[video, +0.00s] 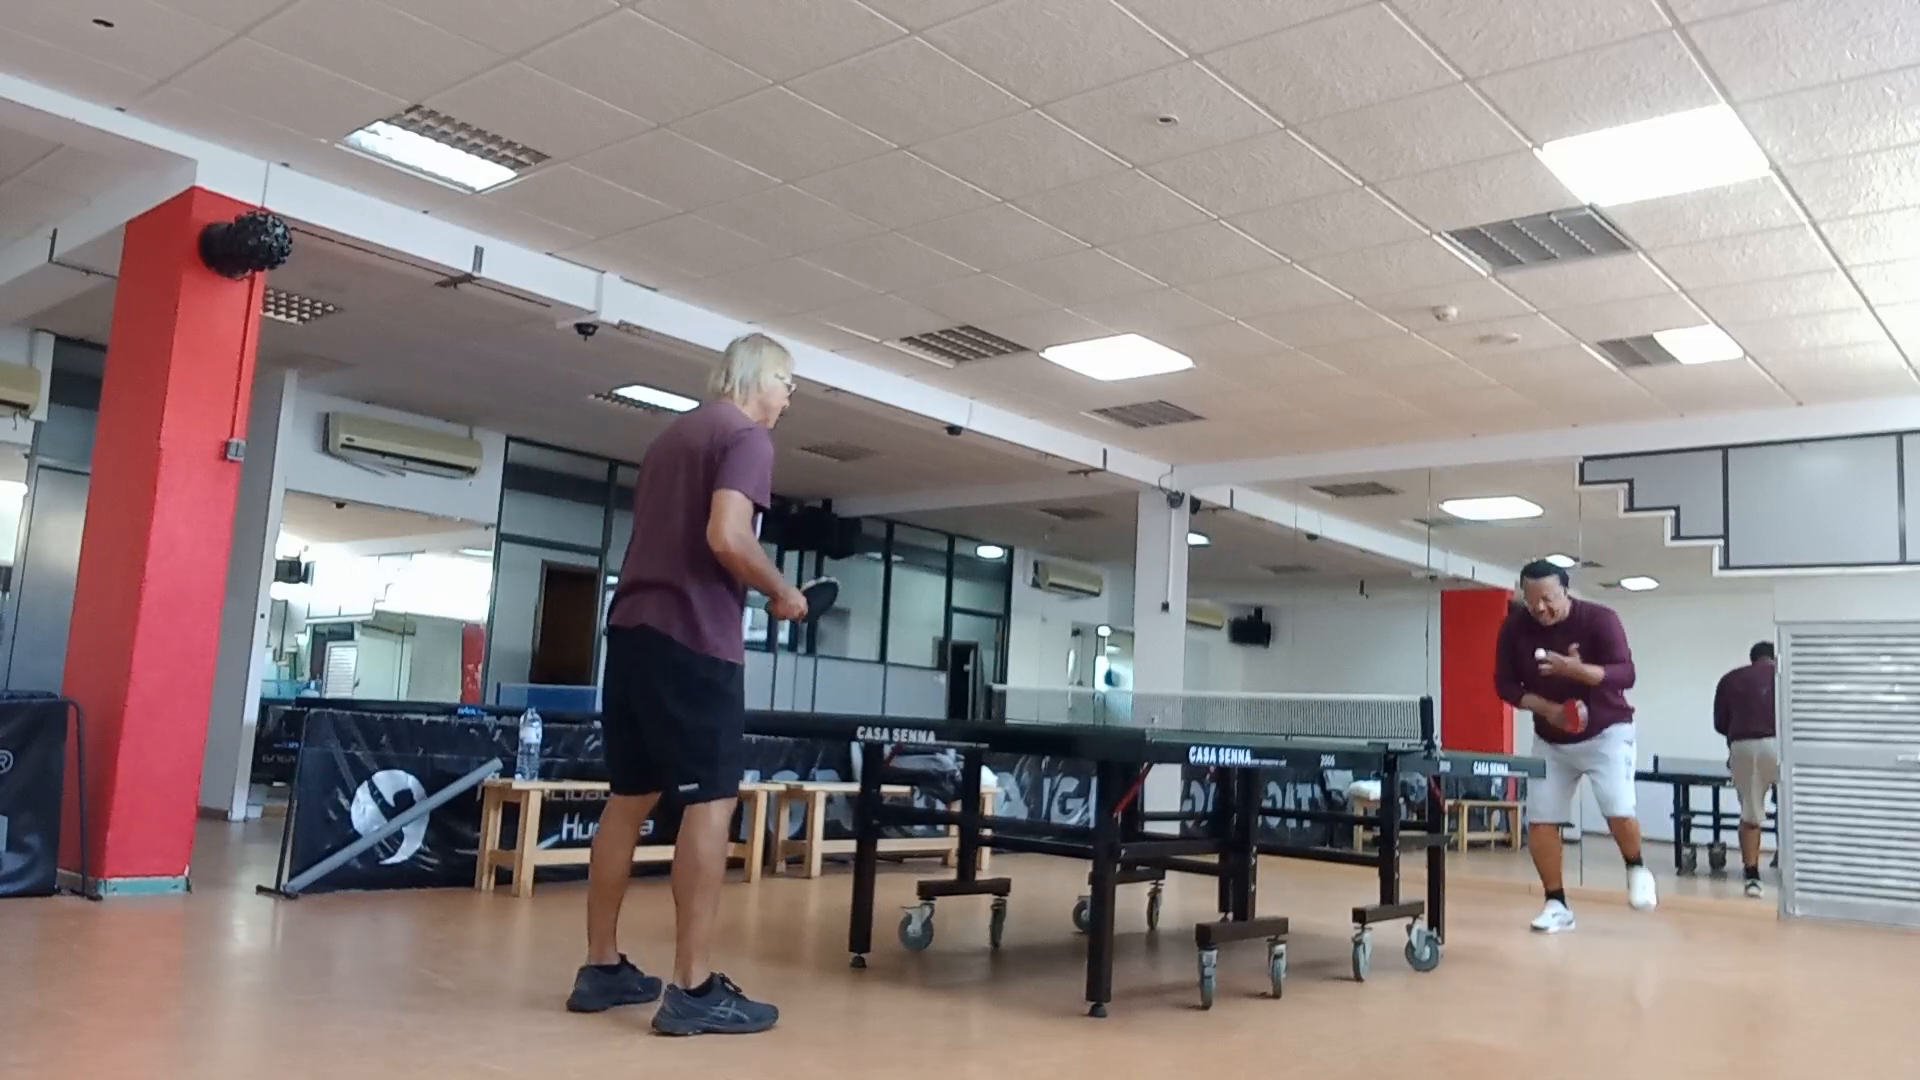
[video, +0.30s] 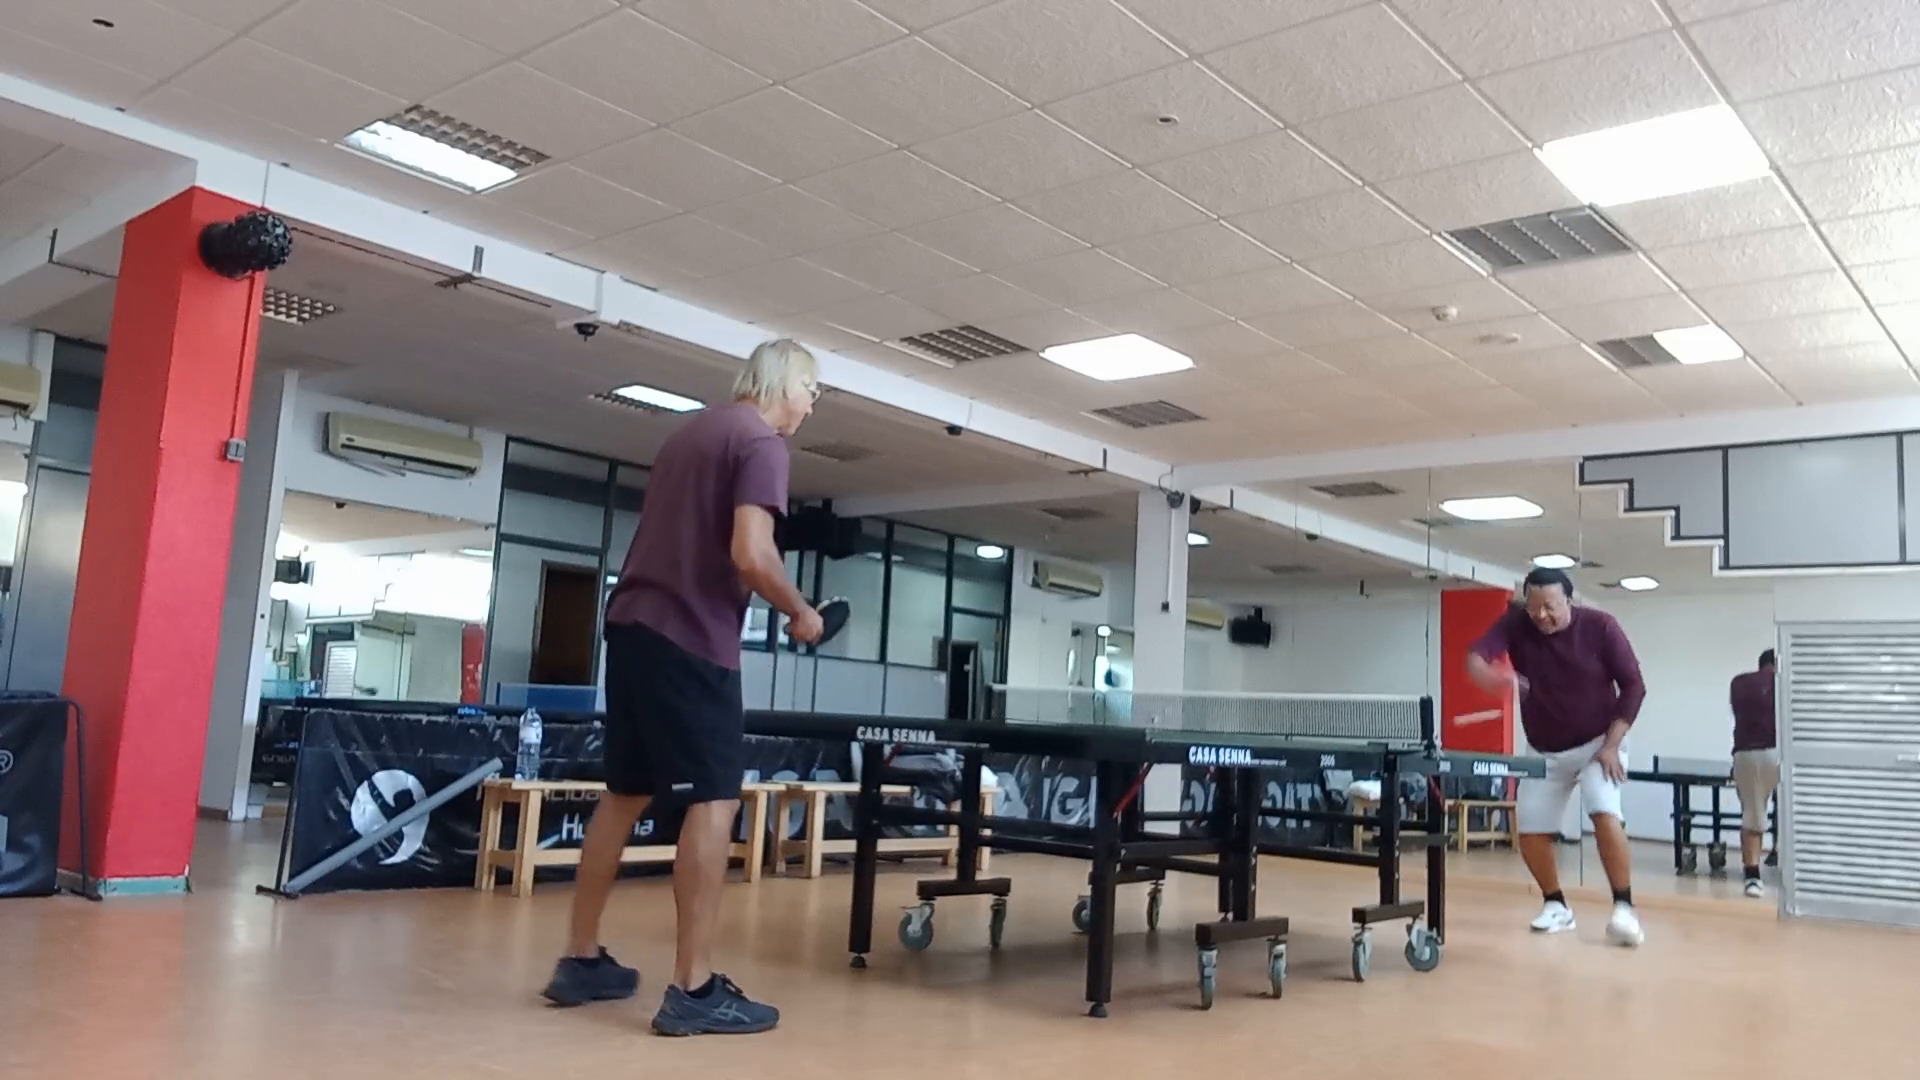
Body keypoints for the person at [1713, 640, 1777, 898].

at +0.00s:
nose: (1772, 663)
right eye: (1773, 658)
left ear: (1751, 658)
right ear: (1774, 658)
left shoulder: (1730, 678)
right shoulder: (1783, 675)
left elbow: (1720, 723)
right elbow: (1793, 713)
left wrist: (1742, 733)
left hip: (1741, 745)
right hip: (1776, 744)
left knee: (1750, 814)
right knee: (1791, 805)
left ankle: (1751, 876)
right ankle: (1785, 859)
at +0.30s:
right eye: (1779, 665)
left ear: (1759, 663)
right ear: (1777, 664)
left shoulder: (1739, 681)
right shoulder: (1784, 681)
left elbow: (1737, 713)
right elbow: (1791, 714)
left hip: (1744, 752)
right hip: (1776, 750)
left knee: (1751, 816)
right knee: (1790, 809)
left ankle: (1752, 875)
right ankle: (1782, 855)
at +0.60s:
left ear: (1766, 652)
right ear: (1786, 654)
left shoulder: (1748, 671)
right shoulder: (1793, 677)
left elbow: (1729, 698)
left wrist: (1747, 687)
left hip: (1749, 748)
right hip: (1782, 748)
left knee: (1732, 811)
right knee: (1796, 812)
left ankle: (1714, 870)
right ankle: (1801, 872)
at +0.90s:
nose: (1768, 660)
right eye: (1769, 656)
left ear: (1746, 655)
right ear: (1771, 655)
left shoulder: (1727, 676)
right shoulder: (1783, 676)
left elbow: (1707, 713)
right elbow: (1796, 710)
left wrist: (1708, 734)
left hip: (1744, 751)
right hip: (1780, 750)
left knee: (1724, 814)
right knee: (1797, 813)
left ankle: (1709, 871)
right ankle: (1801, 873)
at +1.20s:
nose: (1763, 668)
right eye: (1766, 663)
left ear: (1742, 665)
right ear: (1768, 663)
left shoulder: (1727, 690)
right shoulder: (1781, 682)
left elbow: (1723, 736)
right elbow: (1796, 720)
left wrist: (1744, 751)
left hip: (1747, 761)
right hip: (1783, 758)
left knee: (1725, 818)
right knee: (1800, 815)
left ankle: (1709, 872)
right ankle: (1806, 872)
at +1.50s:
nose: (1772, 663)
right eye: (1775, 658)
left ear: (1755, 657)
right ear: (1776, 658)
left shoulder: (1737, 679)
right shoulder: (1783, 677)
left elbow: (1742, 714)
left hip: (1744, 752)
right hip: (1779, 750)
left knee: (1730, 816)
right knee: (1800, 815)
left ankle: (1706, 870)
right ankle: (1804, 874)